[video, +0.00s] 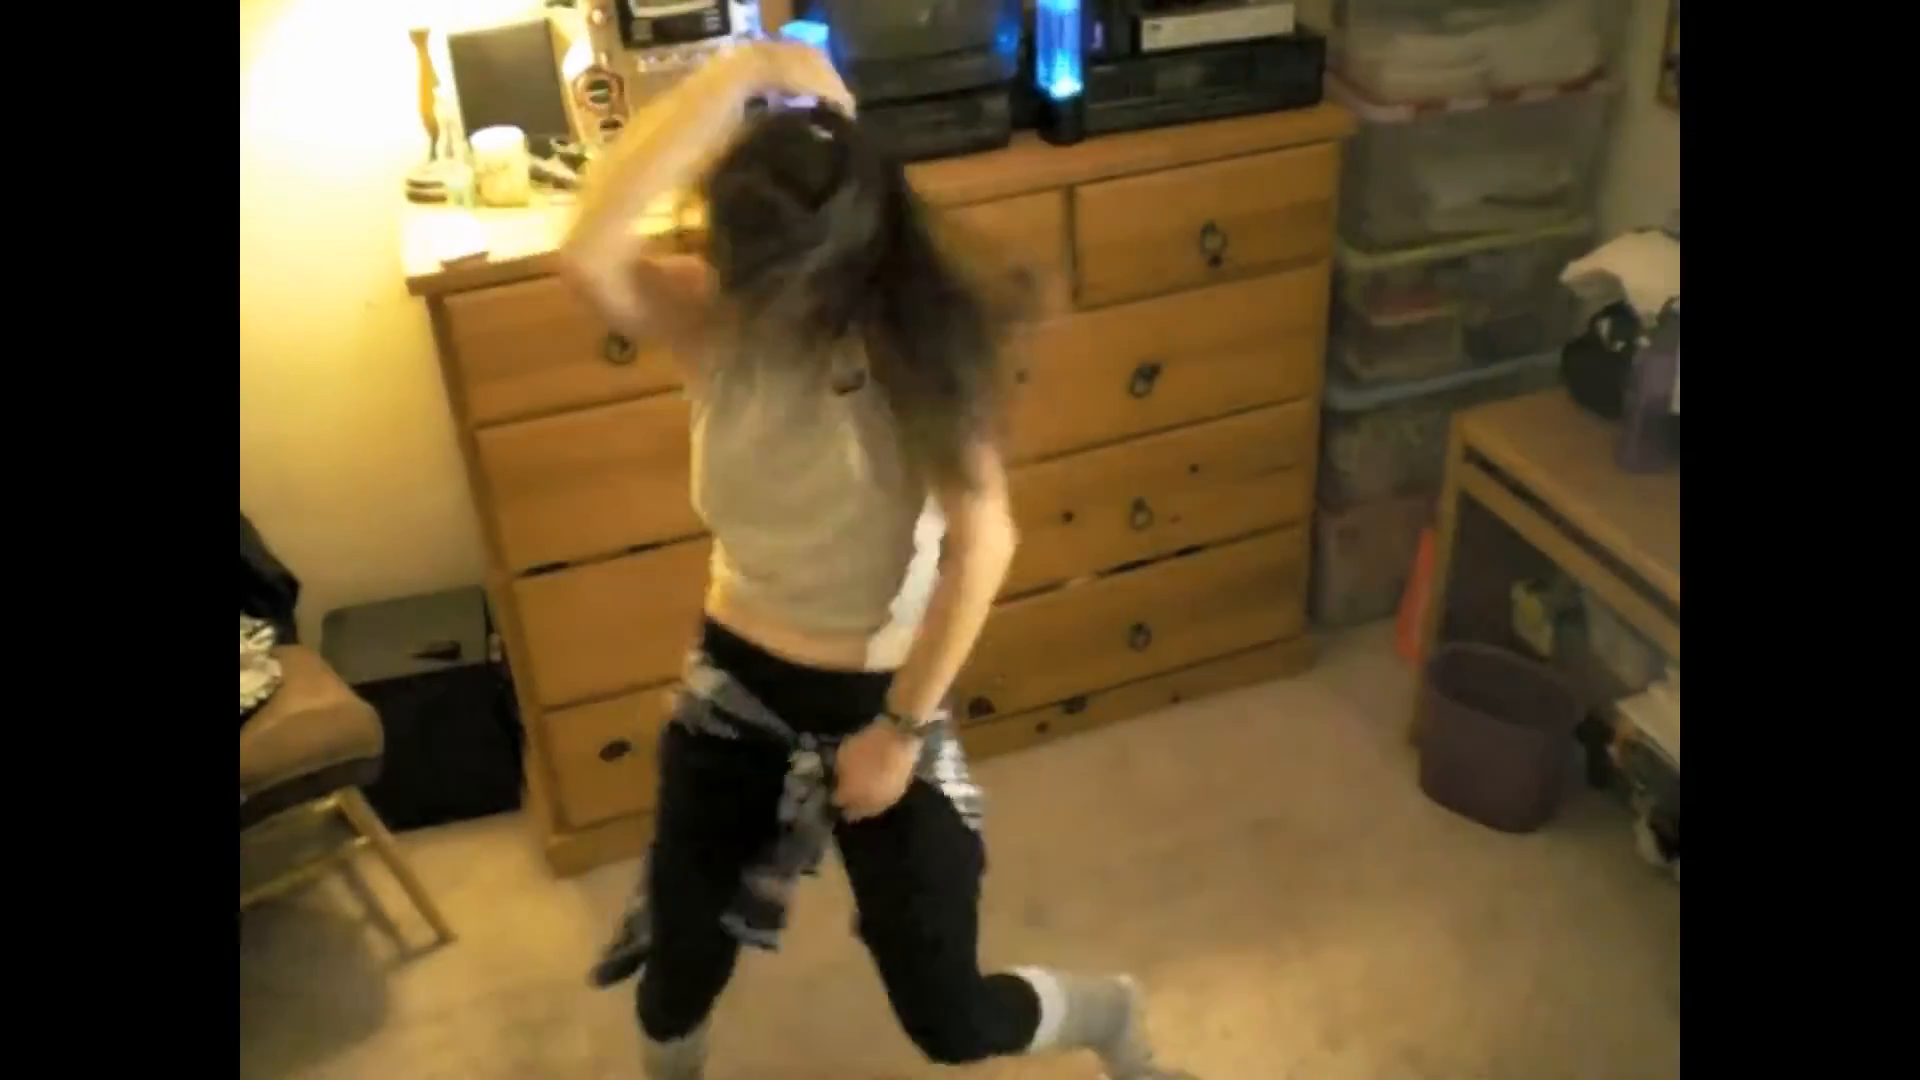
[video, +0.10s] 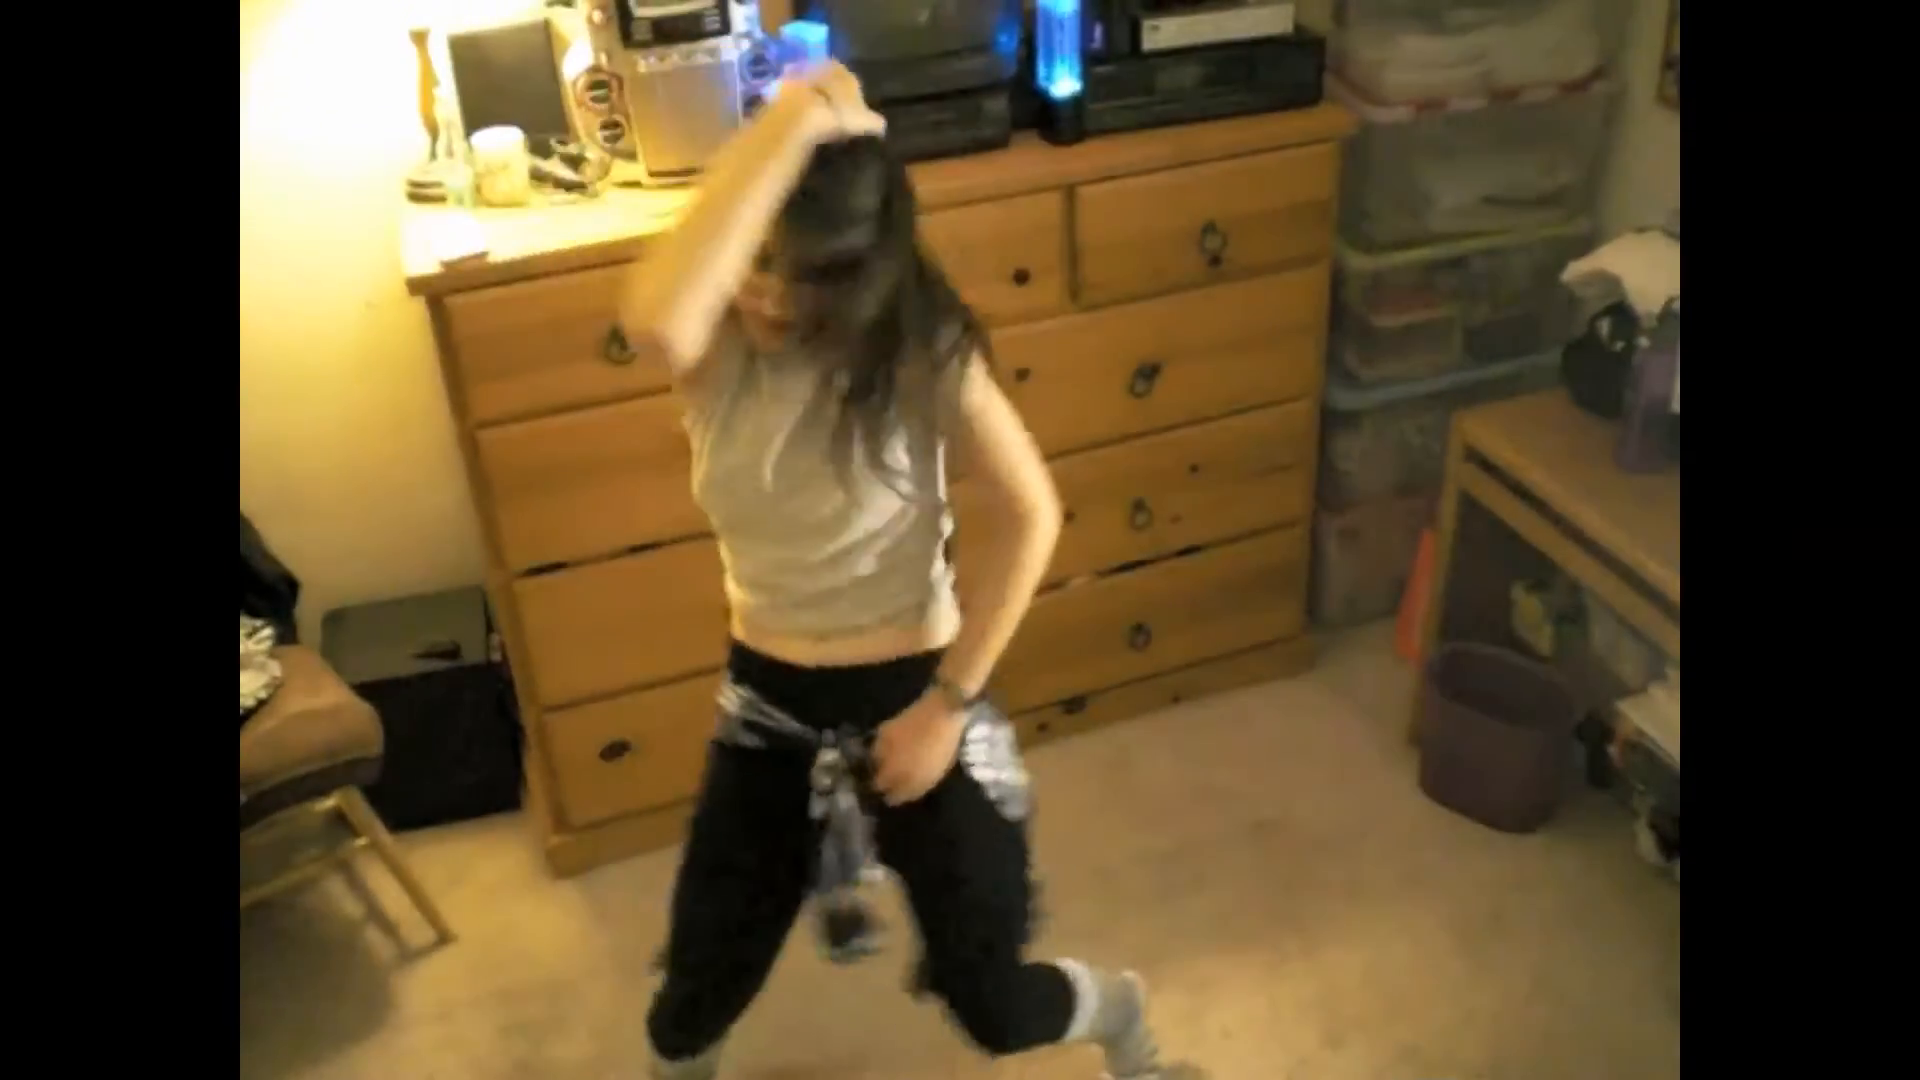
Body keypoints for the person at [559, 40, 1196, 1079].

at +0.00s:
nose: (779, 322)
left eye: (802, 300)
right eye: (758, 296)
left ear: (855, 264)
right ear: (733, 255)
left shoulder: (922, 338)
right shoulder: (719, 315)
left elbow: (984, 533)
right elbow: (589, 260)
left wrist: (899, 726)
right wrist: (729, 76)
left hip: (884, 708)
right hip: (738, 686)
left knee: (947, 1022)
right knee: (679, 972)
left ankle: (1108, 1012)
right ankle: (668, 1061)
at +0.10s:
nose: (776, 299)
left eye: (812, 280)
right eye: (761, 266)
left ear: (872, 271)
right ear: (727, 247)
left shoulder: (922, 349)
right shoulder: (716, 342)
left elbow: (1027, 515)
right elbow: (659, 319)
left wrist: (946, 702)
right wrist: (789, 116)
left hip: (917, 704)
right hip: (770, 705)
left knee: (990, 1007)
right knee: (693, 1002)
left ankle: (1116, 1010)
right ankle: (682, 1064)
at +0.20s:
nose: (825, 295)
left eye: (855, 264)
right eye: (806, 261)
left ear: (889, 270)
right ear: (753, 249)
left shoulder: (926, 352)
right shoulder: (688, 331)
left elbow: (1038, 497)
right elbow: (723, 367)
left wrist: (976, 672)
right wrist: (820, 159)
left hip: (941, 705)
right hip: (797, 737)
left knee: (1057, 968)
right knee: (724, 1015)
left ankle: (1132, 1046)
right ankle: (688, 1071)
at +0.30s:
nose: (800, 298)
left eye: (830, 269)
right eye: (771, 266)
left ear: (875, 276)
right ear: (739, 256)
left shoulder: (926, 374)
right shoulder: (686, 331)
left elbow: (1018, 509)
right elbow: (772, 389)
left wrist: (987, 657)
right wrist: (837, 174)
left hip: (958, 713)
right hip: (808, 762)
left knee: (1095, 942)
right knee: (758, 1027)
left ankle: (1135, 1046)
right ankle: (710, 1069)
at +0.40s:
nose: (834, 307)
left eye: (855, 275)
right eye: (804, 275)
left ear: (890, 269)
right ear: (745, 255)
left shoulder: (886, 358)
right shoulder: (697, 336)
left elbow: (954, 511)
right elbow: (855, 442)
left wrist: (984, 632)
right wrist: (879, 211)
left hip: (956, 706)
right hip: (806, 769)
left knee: (1126, 935)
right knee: (766, 1049)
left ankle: (1130, 1053)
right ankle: (705, 1066)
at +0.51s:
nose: (850, 300)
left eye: (871, 262)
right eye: (816, 272)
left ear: (890, 251)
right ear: (749, 257)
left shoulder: (875, 331)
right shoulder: (715, 337)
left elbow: (889, 510)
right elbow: (908, 490)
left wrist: (980, 591)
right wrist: (938, 264)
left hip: (937, 686)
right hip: (797, 761)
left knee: (1133, 899)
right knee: (763, 1045)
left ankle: (1115, 1039)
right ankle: (703, 1066)